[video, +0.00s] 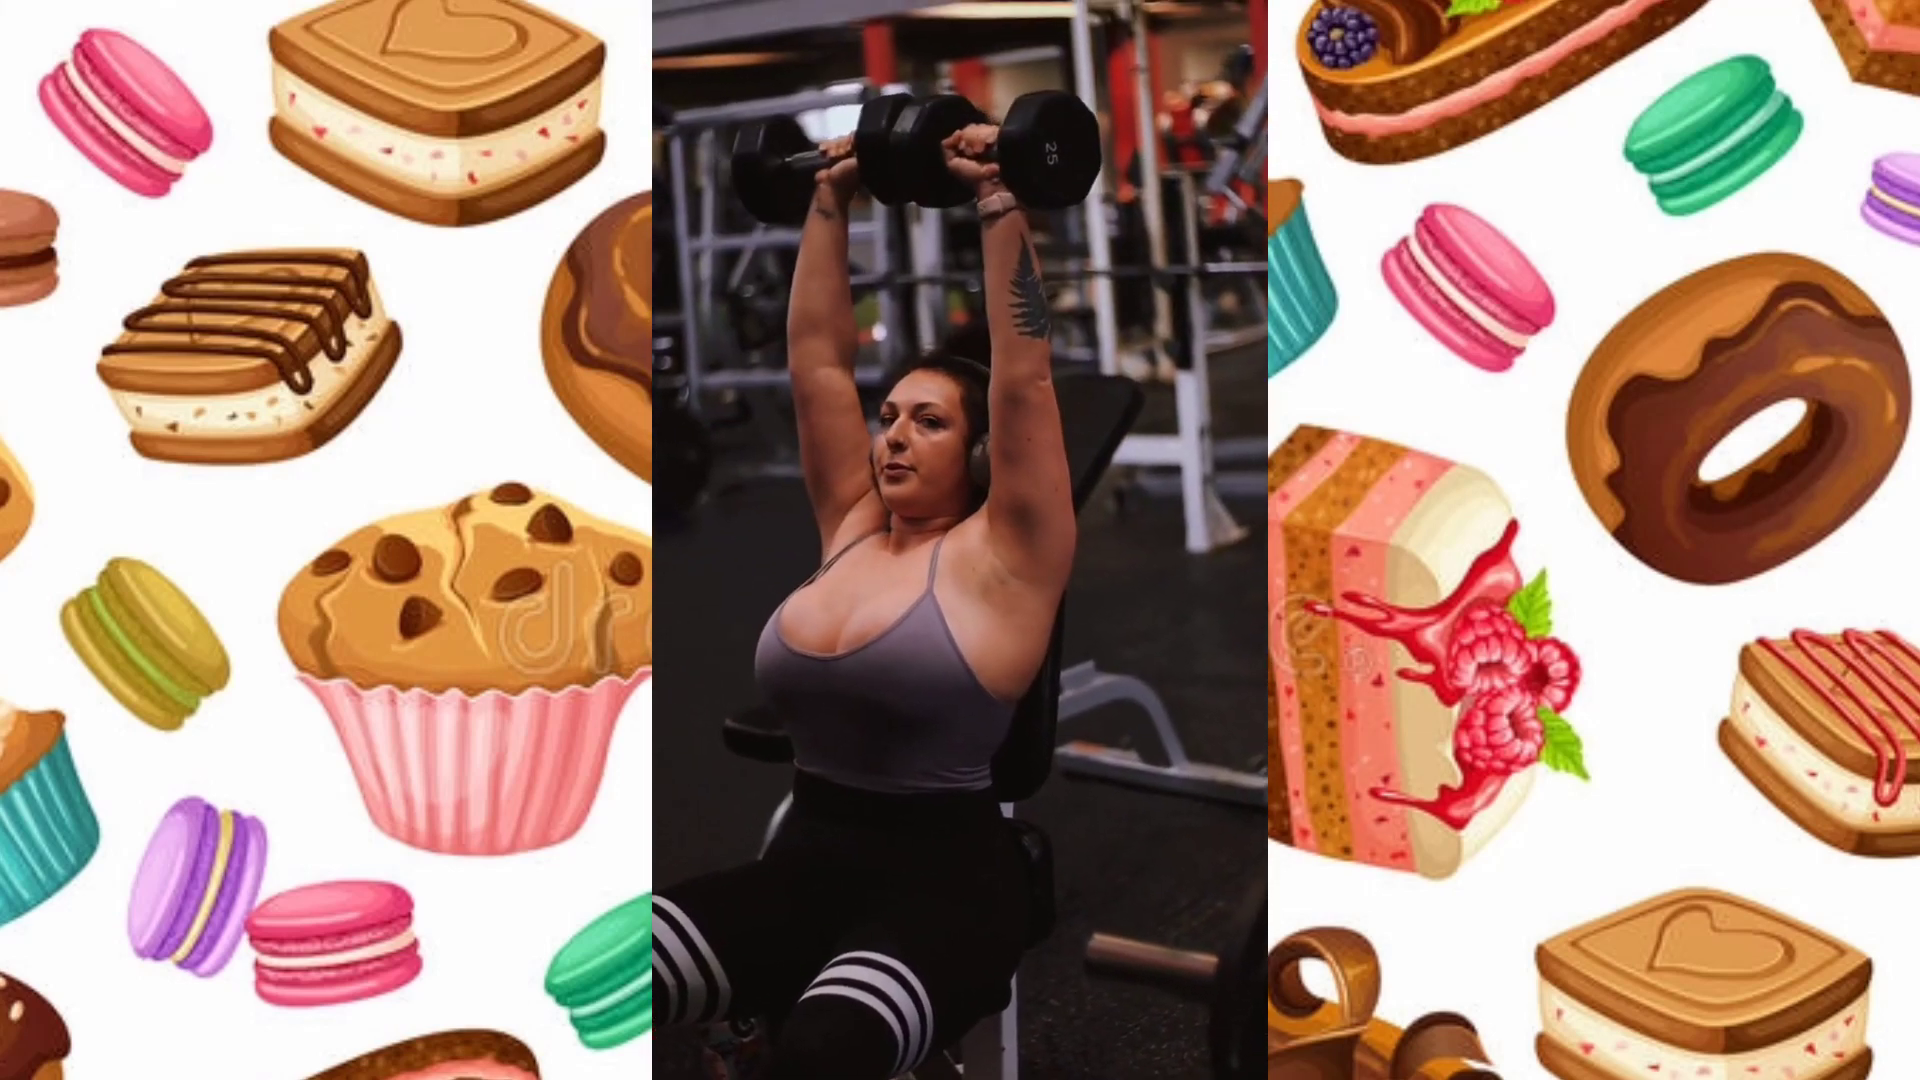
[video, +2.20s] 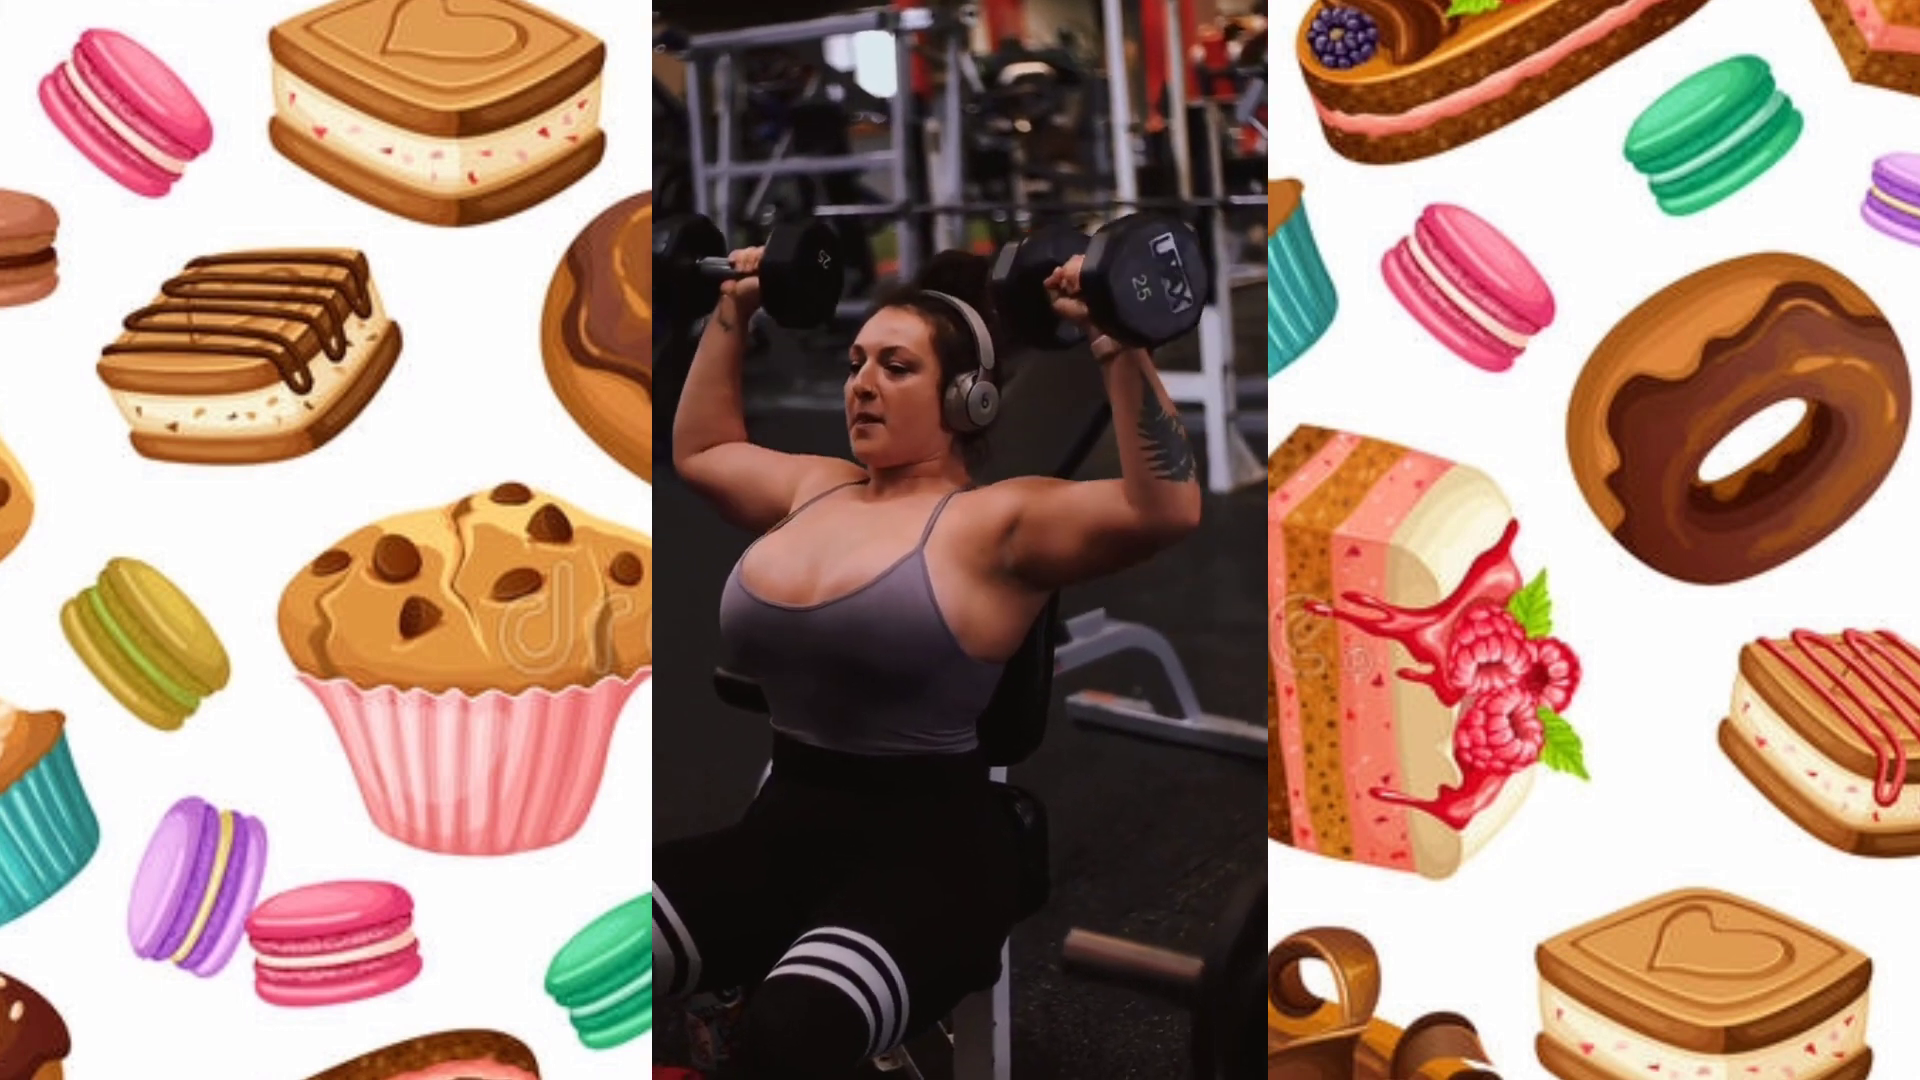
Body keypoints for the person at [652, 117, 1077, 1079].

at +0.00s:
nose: (894, 435)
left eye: (927, 421)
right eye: (889, 417)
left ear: (982, 447)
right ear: (873, 438)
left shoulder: (1011, 549)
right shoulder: (853, 523)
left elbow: (1023, 377)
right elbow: (818, 362)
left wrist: (999, 208)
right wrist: (829, 200)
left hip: (946, 880)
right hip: (812, 864)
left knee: (825, 1043)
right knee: (606, 974)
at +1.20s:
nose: (867, 432)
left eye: (900, 418)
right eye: (862, 415)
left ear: (962, 449)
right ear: (851, 433)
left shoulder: (995, 568)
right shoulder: (824, 528)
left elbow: (1133, 468)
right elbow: (728, 439)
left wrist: (1082, 305)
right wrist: (755, 307)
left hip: (928, 881)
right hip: (791, 864)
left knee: (801, 1044)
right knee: (591, 972)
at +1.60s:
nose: (859, 426)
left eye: (891, 409)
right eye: (853, 406)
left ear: (955, 436)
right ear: (842, 422)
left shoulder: (992, 561)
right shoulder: (817, 532)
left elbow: (1162, 596)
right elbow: (711, 532)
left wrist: (1123, 437)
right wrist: (730, 403)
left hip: (926, 873)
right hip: (787, 856)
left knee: (793, 1040)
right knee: (598, 962)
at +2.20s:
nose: (862, 383)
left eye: (895, 366)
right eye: (857, 362)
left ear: (964, 396)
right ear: (845, 379)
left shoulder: (998, 522)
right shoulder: (814, 486)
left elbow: (1167, 507)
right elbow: (701, 449)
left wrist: (1117, 341)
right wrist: (731, 311)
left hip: (933, 854)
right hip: (786, 834)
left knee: (787, 1031)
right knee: (587, 947)